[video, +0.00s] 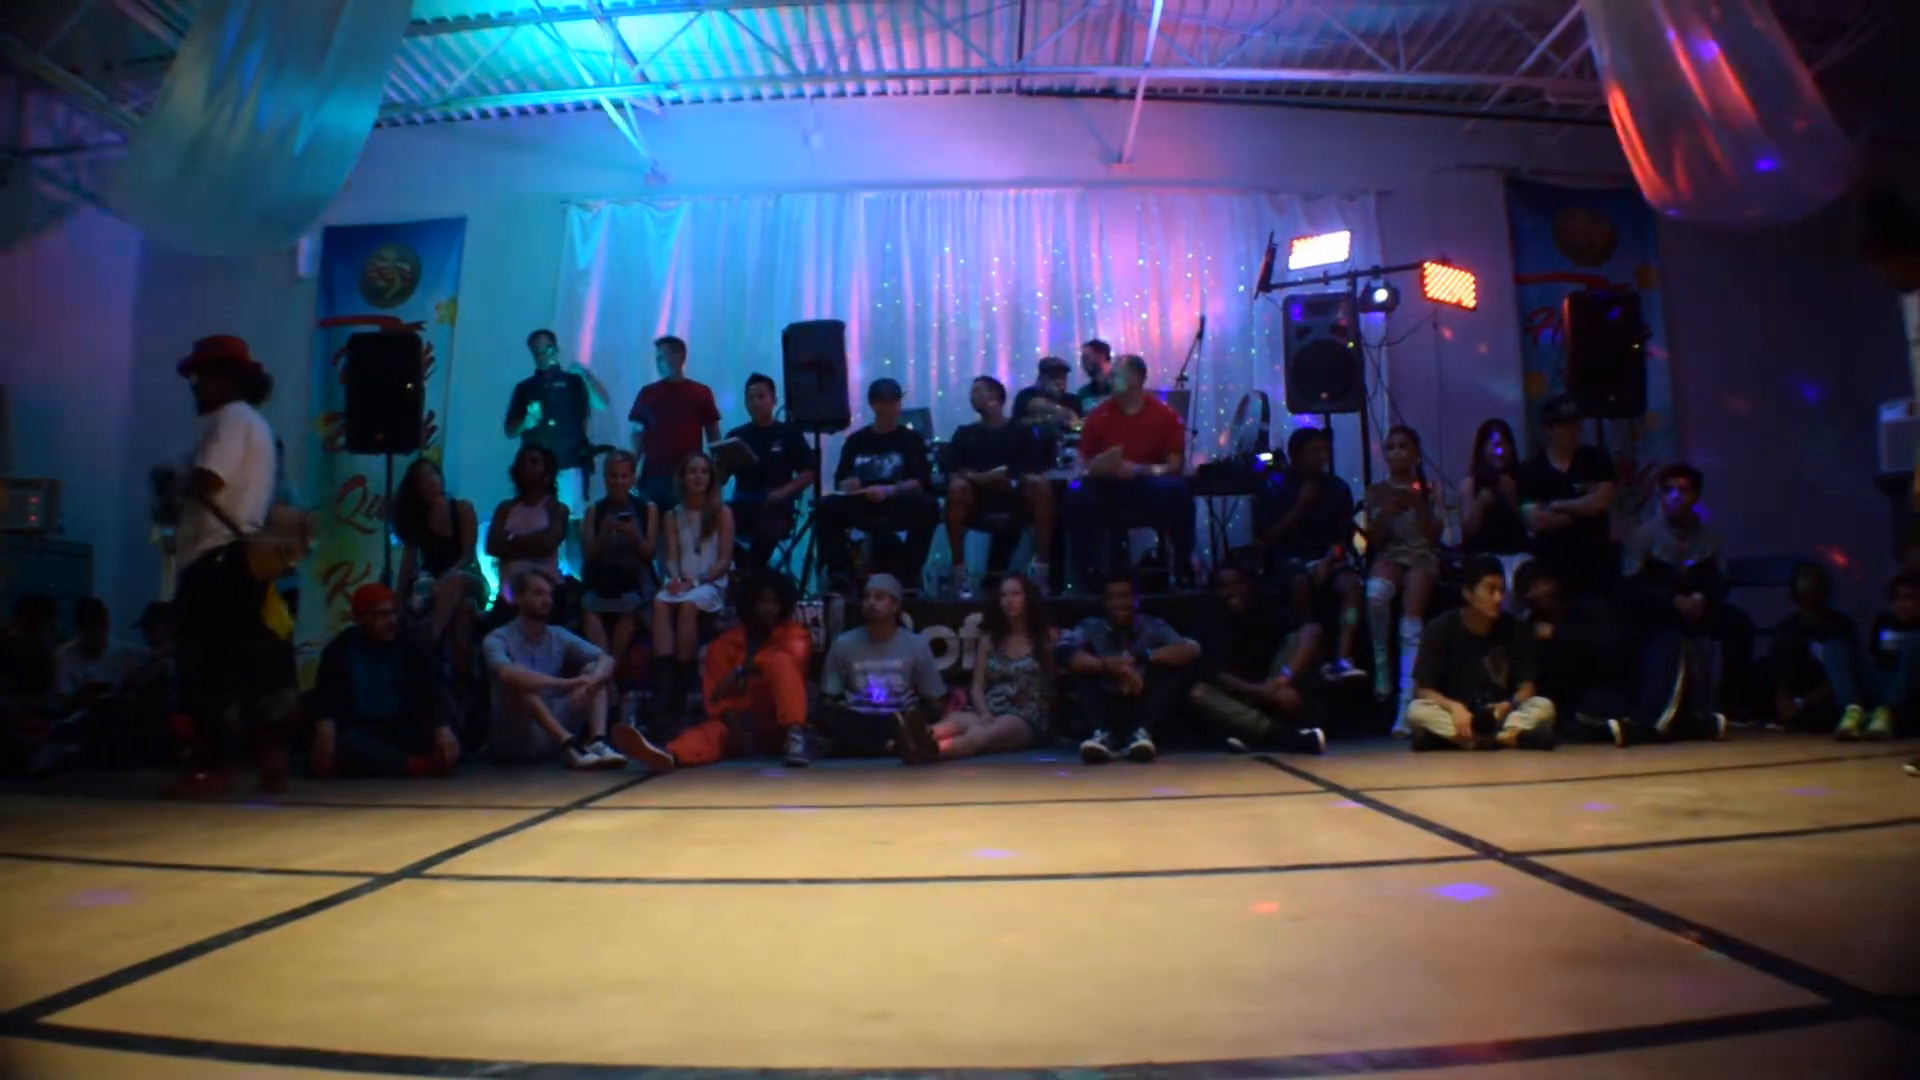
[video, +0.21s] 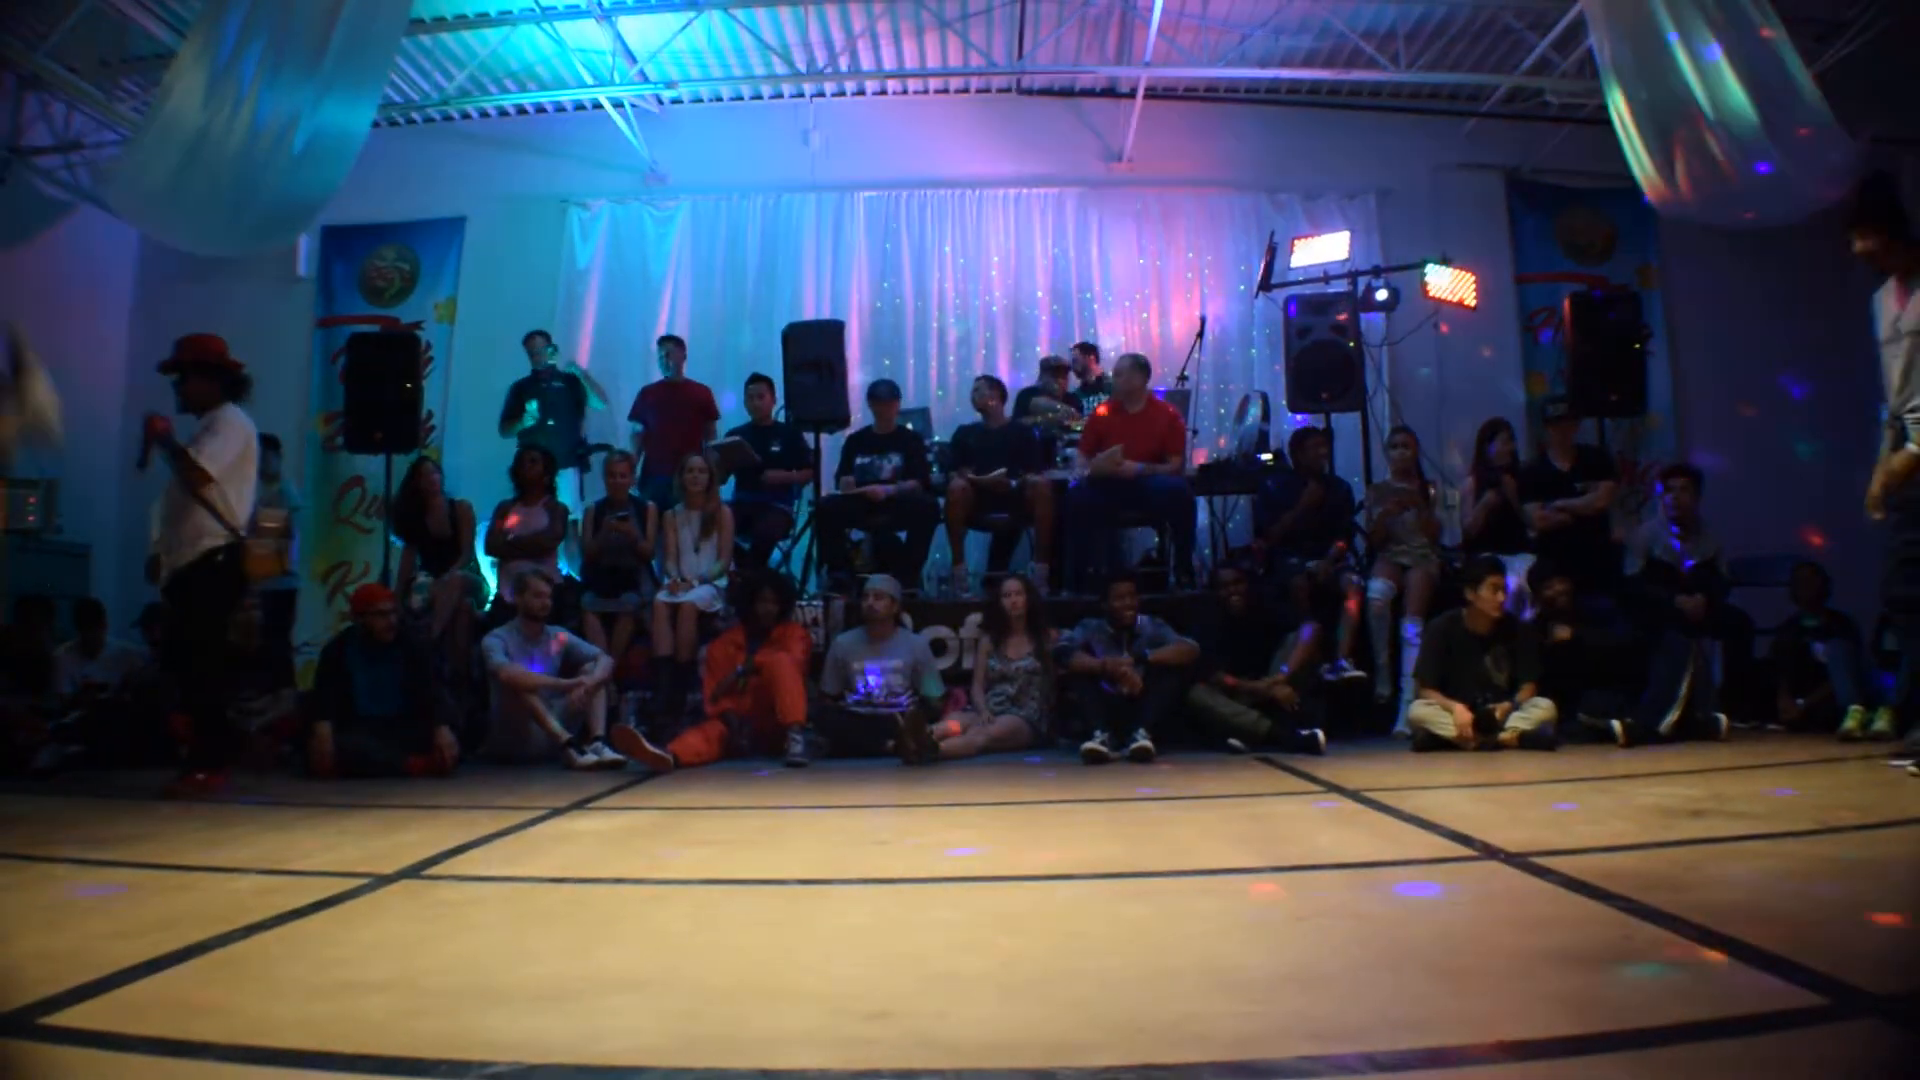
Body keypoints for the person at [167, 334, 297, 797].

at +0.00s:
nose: (196, 388)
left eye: (203, 379)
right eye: (196, 380)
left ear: (224, 380)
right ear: (238, 381)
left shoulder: (233, 419)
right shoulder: (254, 424)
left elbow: (210, 481)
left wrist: (174, 481)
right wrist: (183, 486)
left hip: (216, 564)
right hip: (237, 561)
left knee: (204, 668)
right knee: (242, 665)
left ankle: (208, 764)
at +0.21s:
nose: (179, 389)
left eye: (186, 380)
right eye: (179, 381)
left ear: (211, 381)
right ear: (201, 384)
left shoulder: (232, 422)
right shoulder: (205, 428)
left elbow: (197, 476)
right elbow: (184, 501)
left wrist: (167, 442)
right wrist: (164, 549)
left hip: (214, 564)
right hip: (189, 567)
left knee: (202, 667)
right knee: (191, 667)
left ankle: (210, 762)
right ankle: (202, 760)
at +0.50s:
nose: (160, 385)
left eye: (169, 376)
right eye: (159, 377)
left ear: (194, 378)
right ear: (165, 381)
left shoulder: (217, 418)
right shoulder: (165, 427)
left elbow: (185, 453)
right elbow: (157, 510)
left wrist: (156, 410)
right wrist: (132, 566)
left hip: (200, 566)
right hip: (158, 571)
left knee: (198, 672)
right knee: (144, 674)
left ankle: (208, 766)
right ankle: (133, 765)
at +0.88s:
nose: (116, 382)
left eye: (125, 374)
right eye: (113, 374)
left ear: (152, 378)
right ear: (117, 384)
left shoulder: (182, 418)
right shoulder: (114, 436)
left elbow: (163, 444)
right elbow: (100, 506)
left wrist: (125, 404)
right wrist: (86, 563)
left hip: (162, 571)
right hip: (113, 577)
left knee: (168, 673)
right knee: (114, 679)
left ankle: (200, 764)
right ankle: (117, 769)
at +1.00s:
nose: (107, 386)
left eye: (115, 377)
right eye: (106, 378)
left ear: (142, 379)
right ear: (107, 385)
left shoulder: (172, 417)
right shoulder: (99, 440)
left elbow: (163, 443)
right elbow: (83, 507)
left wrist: (117, 405)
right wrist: (72, 561)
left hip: (154, 570)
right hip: (103, 576)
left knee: (158, 672)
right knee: (110, 678)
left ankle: (183, 762)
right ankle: (115, 766)